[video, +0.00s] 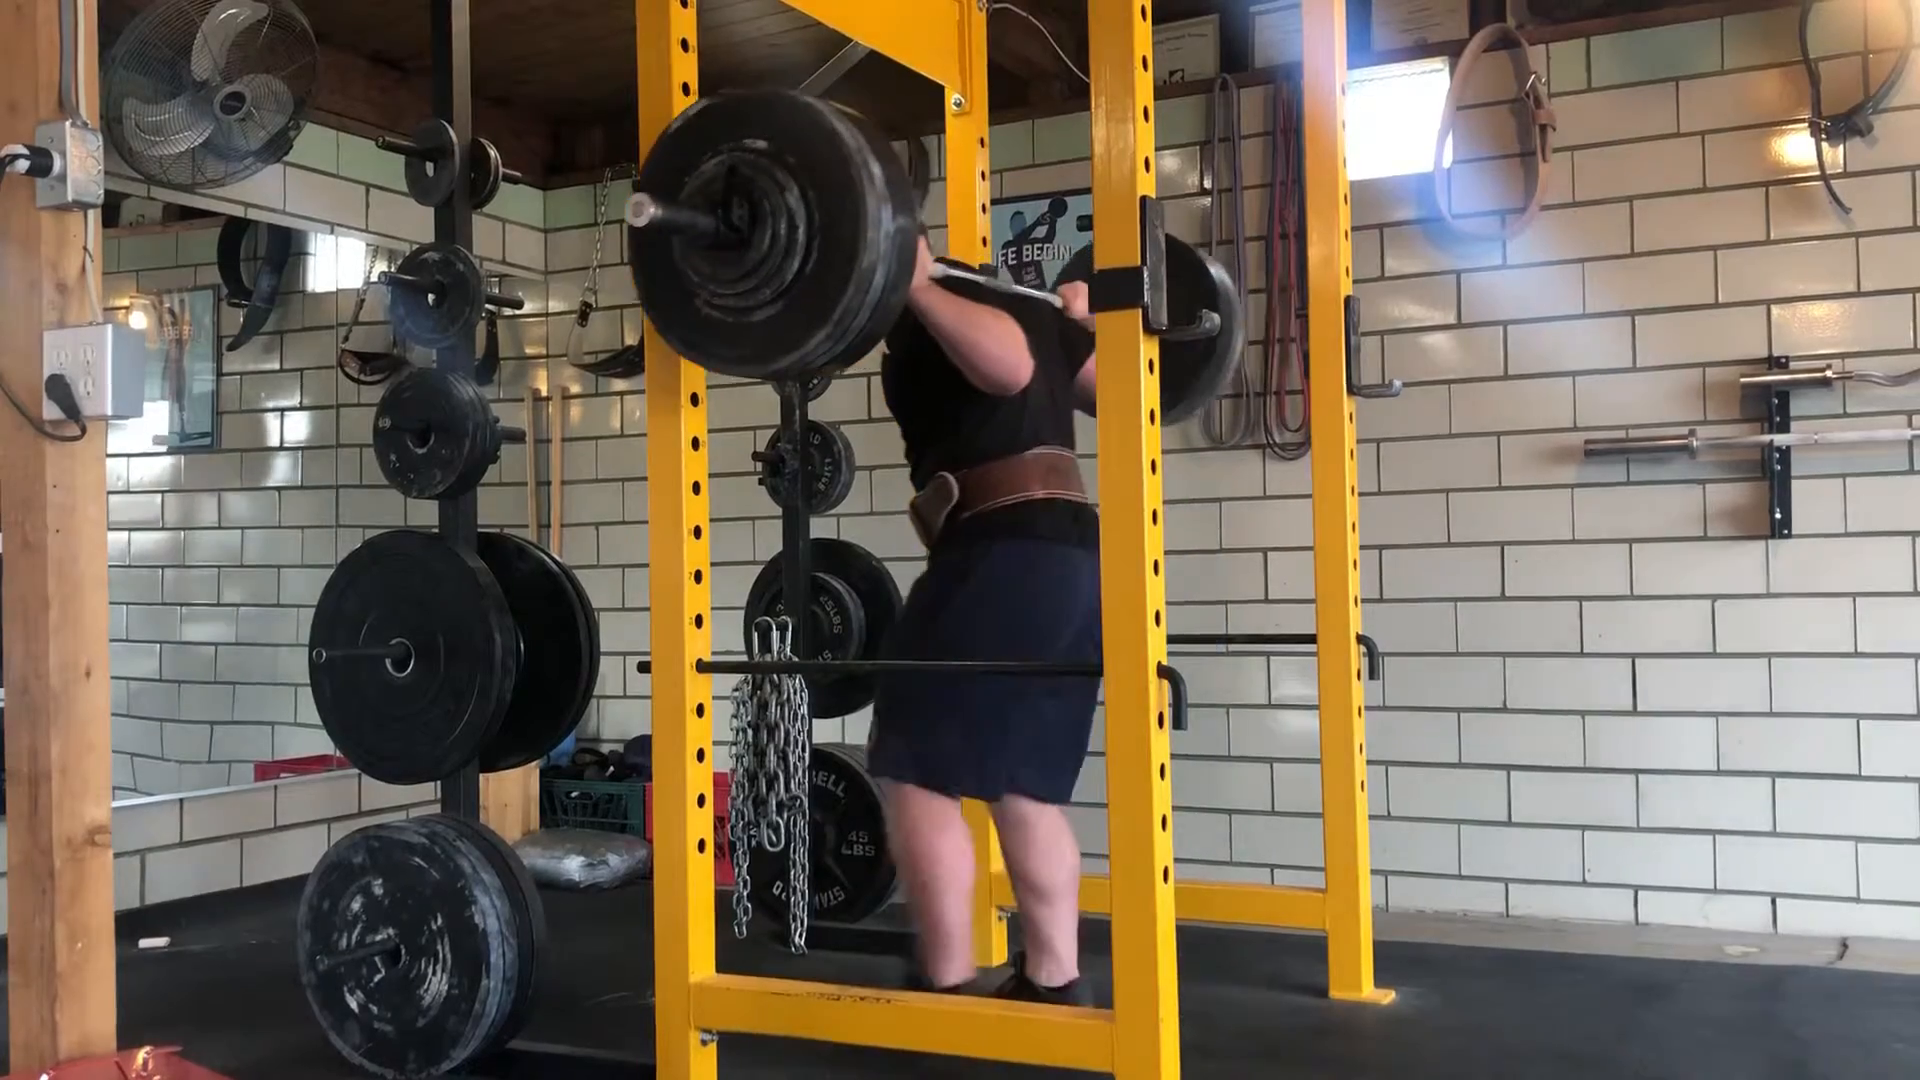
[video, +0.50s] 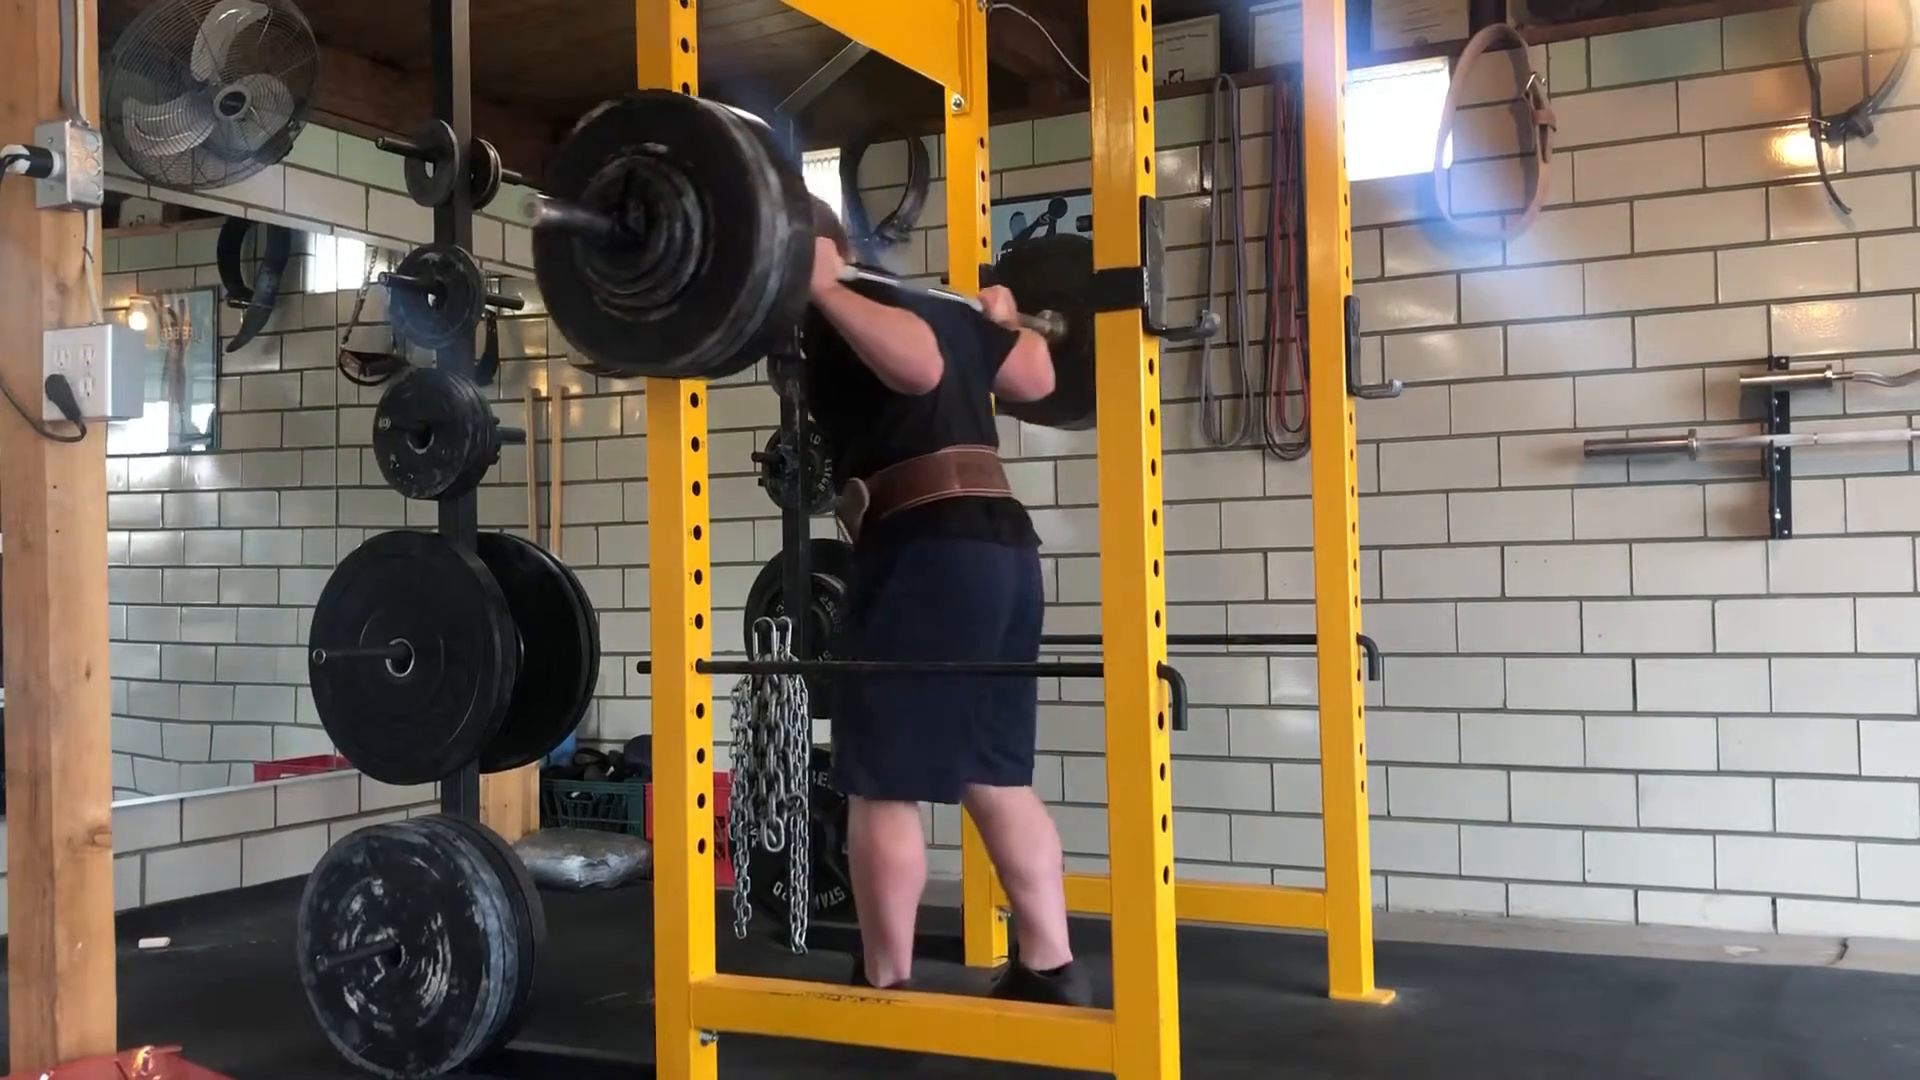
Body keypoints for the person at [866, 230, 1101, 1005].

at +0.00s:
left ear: (903, 249)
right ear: (931, 244)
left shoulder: (947, 301)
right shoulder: (1015, 304)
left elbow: (1012, 365)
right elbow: (1113, 391)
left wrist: (919, 285)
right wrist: (1081, 319)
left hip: (1002, 550)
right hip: (1073, 549)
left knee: (911, 769)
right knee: (1029, 775)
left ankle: (944, 992)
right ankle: (1052, 984)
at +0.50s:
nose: (798, 267)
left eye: (799, 252)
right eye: (797, 253)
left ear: (821, 246)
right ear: (855, 244)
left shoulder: (843, 307)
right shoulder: (947, 316)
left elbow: (924, 369)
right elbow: (1037, 377)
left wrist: (825, 288)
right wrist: (1006, 321)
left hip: (926, 553)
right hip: (1009, 554)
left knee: (882, 779)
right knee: (996, 771)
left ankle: (885, 988)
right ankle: (1049, 968)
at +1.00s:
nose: (752, 271)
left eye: (756, 252)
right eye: (750, 255)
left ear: (786, 251)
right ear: (804, 250)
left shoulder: (807, 317)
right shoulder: (894, 317)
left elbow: (880, 375)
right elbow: (997, 381)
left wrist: (781, 298)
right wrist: (964, 330)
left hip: (899, 554)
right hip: (977, 553)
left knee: (868, 784)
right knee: (975, 778)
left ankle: (884, 986)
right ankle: (1048, 964)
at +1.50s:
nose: (750, 281)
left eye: (754, 262)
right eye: (750, 265)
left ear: (784, 260)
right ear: (803, 257)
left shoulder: (808, 326)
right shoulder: (888, 319)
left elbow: (886, 381)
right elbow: (1002, 385)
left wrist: (784, 306)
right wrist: (969, 339)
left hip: (924, 552)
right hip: (997, 550)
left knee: (876, 780)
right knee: (985, 777)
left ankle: (886, 985)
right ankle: (1049, 968)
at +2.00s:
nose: (746, 378)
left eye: (742, 364)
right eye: (740, 364)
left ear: (759, 336)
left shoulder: (815, 340)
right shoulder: (920, 332)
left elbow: (898, 363)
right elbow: (1024, 360)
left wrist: (790, 312)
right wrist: (965, 326)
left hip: (969, 551)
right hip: (1039, 545)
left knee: (909, 776)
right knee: (1008, 775)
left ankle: (885, 981)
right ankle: (1048, 973)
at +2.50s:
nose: (879, 451)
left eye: (864, 441)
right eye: (863, 446)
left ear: (859, 396)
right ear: (863, 399)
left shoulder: (936, 331)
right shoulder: (951, 371)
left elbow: (901, 364)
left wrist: (792, 306)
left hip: (1101, 539)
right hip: (1080, 543)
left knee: (1055, 763)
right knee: (1050, 762)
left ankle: (1179, 968)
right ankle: (1054, 973)